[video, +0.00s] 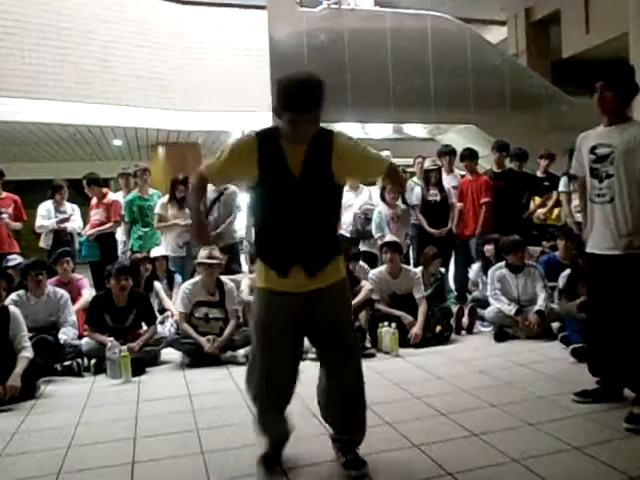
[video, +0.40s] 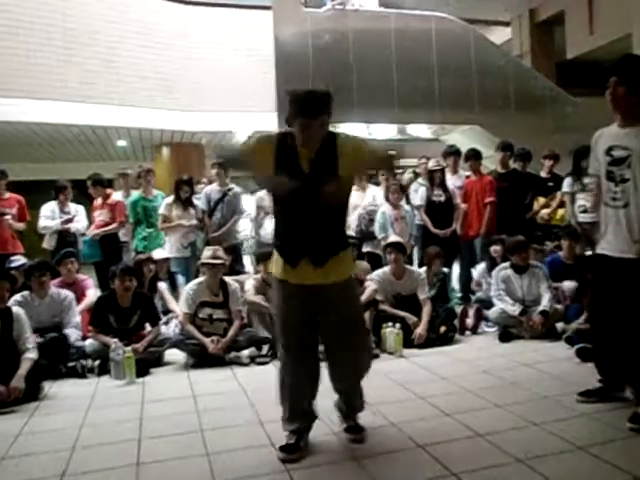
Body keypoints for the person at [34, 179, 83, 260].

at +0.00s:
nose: (63, 196)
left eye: (65, 193)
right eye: (60, 193)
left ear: (67, 194)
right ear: (54, 194)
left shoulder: (73, 208)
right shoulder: (44, 207)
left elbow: (79, 226)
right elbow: (39, 226)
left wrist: (67, 227)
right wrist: (56, 223)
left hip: (69, 240)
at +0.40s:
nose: (67, 197)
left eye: (69, 194)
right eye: (64, 194)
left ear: (71, 194)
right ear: (58, 195)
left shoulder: (79, 208)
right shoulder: (48, 207)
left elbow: (83, 226)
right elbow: (42, 227)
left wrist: (69, 228)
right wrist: (60, 224)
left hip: (72, 241)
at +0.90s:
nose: (72, 187)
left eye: (73, 184)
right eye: (69, 185)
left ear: (76, 185)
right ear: (62, 185)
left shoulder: (82, 198)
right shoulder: (53, 196)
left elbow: (88, 216)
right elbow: (47, 216)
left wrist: (74, 217)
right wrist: (65, 214)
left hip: (77, 231)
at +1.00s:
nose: (66, 186)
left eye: (68, 183)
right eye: (63, 183)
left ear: (70, 183)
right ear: (56, 184)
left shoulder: (76, 197)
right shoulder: (47, 195)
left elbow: (81, 215)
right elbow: (41, 215)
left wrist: (68, 216)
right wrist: (59, 212)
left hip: (71, 228)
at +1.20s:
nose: (56, 187)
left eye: (58, 184)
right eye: (53, 185)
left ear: (60, 184)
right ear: (47, 185)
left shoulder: (67, 195)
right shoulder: (38, 194)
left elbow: (71, 215)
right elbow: (32, 216)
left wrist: (59, 218)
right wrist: (48, 215)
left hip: (62, 229)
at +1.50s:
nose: (54, 167)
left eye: (56, 164)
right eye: (51, 164)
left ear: (58, 165)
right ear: (46, 165)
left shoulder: (65, 178)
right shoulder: (36, 177)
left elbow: (71, 196)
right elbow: (31, 196)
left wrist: (57, 197)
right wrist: (48, 194)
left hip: (61, 209)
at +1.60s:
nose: (55, 167)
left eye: (57, 164)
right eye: (52, 164)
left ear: (60, 165)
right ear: (47, 165)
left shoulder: (67, 178)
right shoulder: (37, 177)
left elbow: (72, 196)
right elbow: (32, 196)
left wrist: (58, 197)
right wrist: (49, 195)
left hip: (62, 210)